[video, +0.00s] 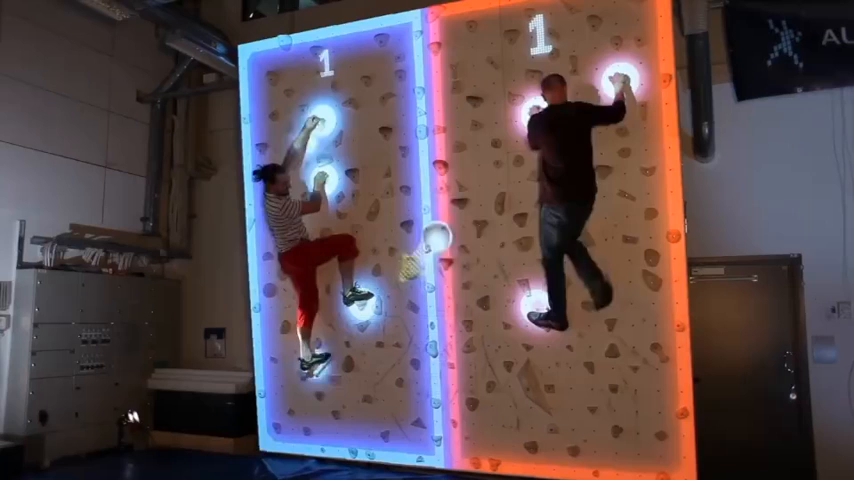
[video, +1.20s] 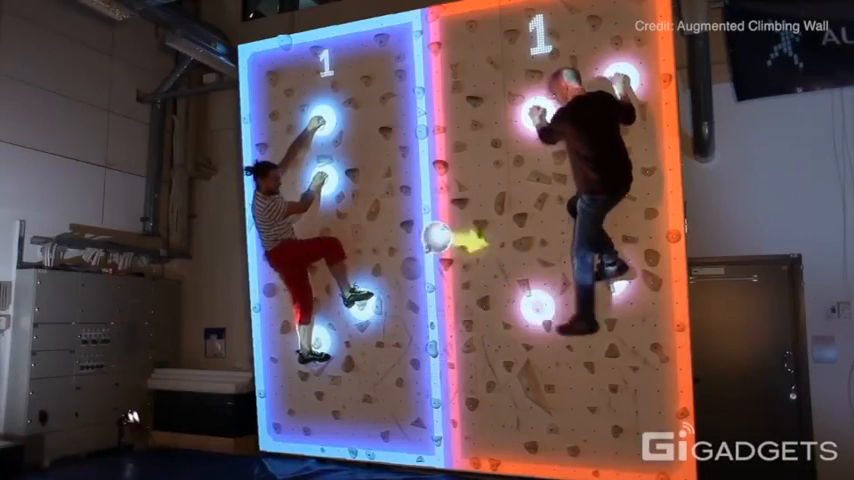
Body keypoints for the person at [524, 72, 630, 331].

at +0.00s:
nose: (560, 94)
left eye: (554, 90)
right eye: (560, 89)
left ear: (544, 94)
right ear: (565, 89)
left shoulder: (539, 121)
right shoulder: (582, 111)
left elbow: (533, 145)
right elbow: (616, 113)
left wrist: (534, 119)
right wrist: (620, 92)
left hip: (556, 199)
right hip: (585, 193)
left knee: (552, 258)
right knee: (570, 242)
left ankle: (557, 315)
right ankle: (600, 289)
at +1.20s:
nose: (556, 97)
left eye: (556, 93)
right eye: (555, 94)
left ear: (565, 85)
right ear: (578, 81)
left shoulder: (567, 114)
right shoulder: (603, 99)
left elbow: (548, 137)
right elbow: (629, 117)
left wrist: (539, 122)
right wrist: (625, 92)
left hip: (596, 188)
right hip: (621, 180)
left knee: (582, 252)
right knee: (576, 207)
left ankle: (585, 317)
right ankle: (611, 261)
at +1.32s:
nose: (555, 94)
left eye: (554, 90)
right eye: (554, 90)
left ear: (561, 83)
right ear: (577, 77)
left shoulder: (565, 109)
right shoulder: (603, 94)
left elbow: (548, 137)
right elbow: (629, 116)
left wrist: (539, 123)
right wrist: (623, 92)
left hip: (598, 182)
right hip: (622, 173)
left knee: (586, 245)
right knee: (578, 205)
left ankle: (622, 304)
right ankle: (612, 260)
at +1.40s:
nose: (557, 91)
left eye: (556, 86)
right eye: (555, 86)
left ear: (563, 81)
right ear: (578, 74)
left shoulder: (567, 107)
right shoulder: (603, 91)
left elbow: (547, 135)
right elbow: (629, 116)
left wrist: (539, 121)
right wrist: (624, 93)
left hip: (600, 181)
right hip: (624, 173)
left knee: (591, 242)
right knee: (579, 203)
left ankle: (645, 285)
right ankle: (609, 264)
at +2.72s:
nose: (557, 120)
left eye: (556, 114)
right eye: (554, 116)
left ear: (567, 107)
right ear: (577, 98)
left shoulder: (578, 133)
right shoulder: (607, 104)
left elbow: (574, 166)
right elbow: (636, 114)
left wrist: (561, 155)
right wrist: (629, 94)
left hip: (623, 192)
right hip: (641, 175)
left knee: (596, 243)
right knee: (584, 202)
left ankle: (659, 278)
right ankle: (613, 262)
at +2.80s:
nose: (559, 123)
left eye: (557, 117)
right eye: (556, 119)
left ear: (565, 111)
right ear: (577, 99)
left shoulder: (580, 135)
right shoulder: (608, 107)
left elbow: (574, 166)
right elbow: (636, 114)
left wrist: (562, 158)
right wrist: (628, 93)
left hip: (626, 192)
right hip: (644, 175)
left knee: (589, 238)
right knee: (584, 203)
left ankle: (647, 274)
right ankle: (613, 263)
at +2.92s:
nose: (562, 124)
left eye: (560, 118)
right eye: (559, 120)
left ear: (571, 111)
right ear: (581, 103)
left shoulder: (583, 137)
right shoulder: (612, 109)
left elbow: (577, 166)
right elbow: (638, 112)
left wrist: (564, 159)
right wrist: (624, 90)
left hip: (628, 195)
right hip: (648, 180)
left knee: (569, 219)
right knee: (584, 202)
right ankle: (613, 259)